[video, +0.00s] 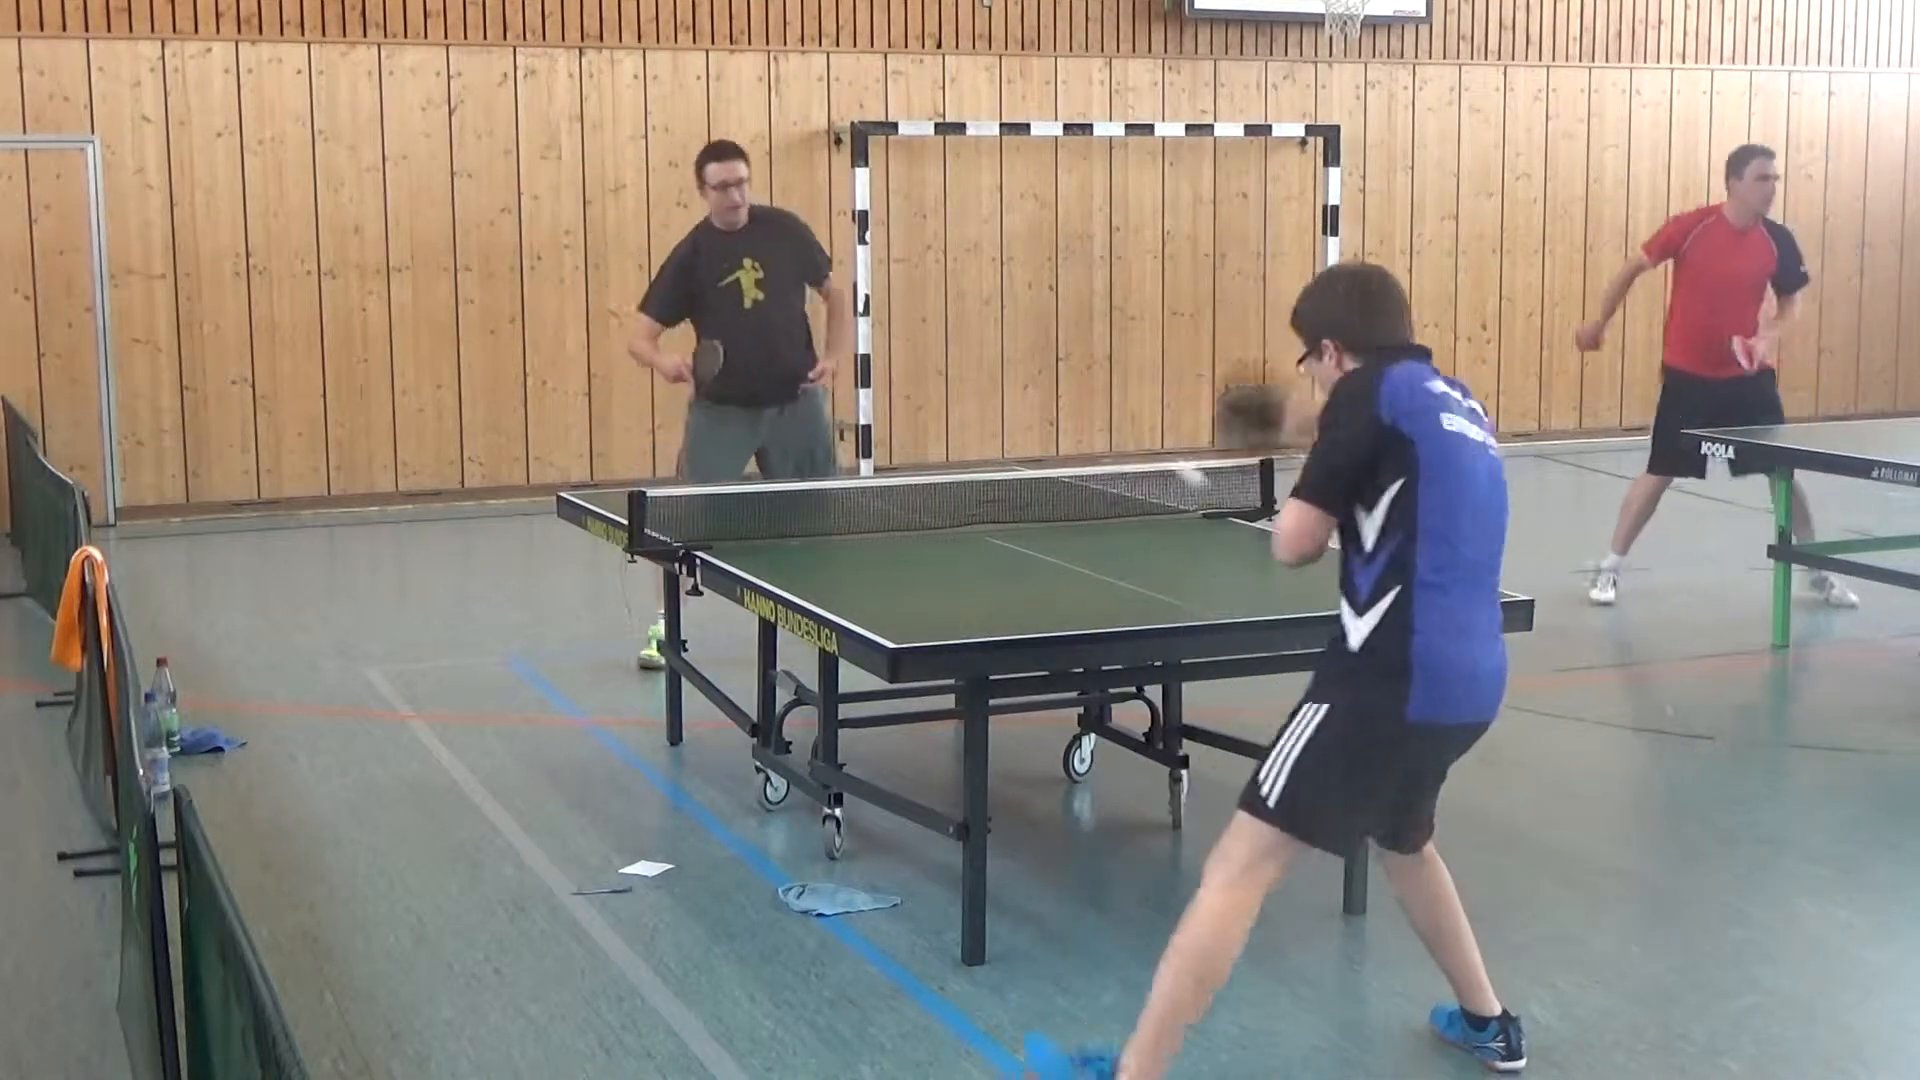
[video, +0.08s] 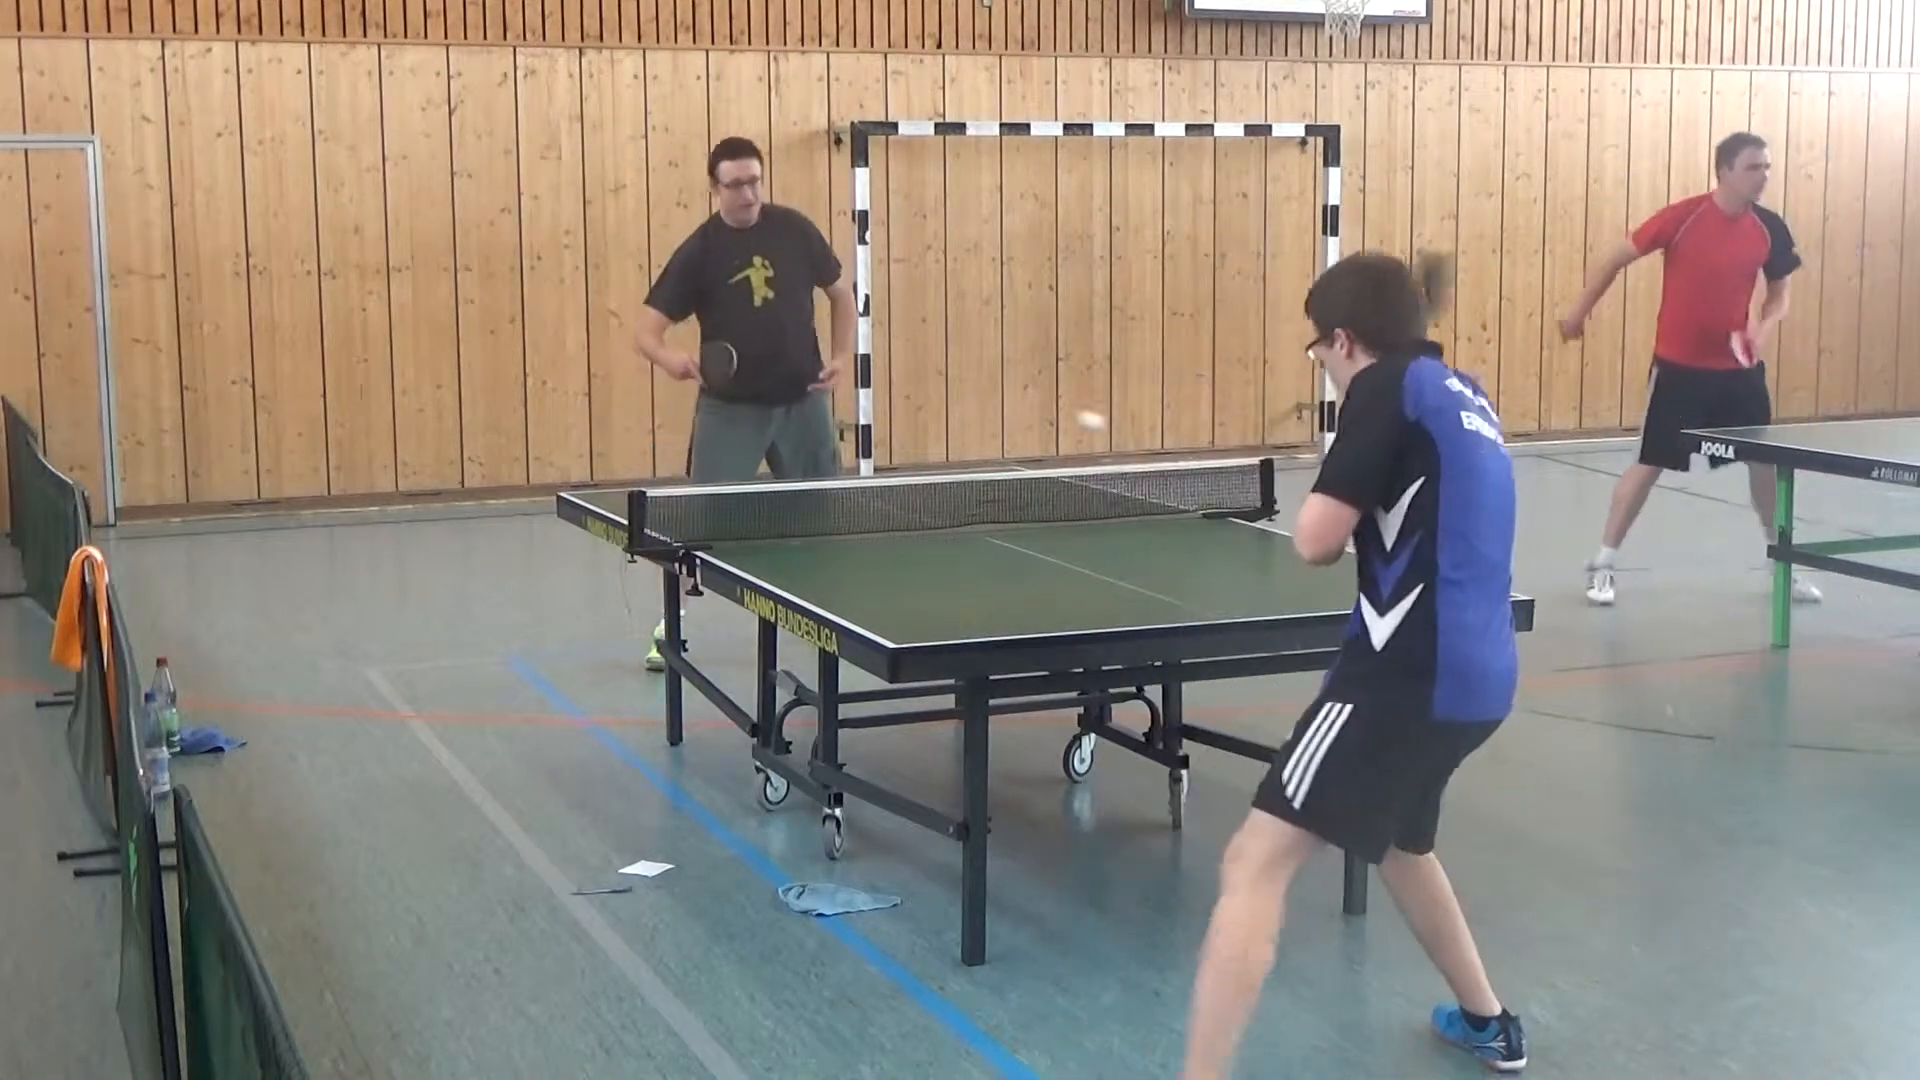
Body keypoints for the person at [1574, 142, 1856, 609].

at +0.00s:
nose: (1773, 188)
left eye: (1776, 180)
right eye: (1764, 179)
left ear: (1771, 185)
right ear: (1734, 183)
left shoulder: (1777, 241)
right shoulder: (1688, 227)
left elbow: (1790, 301)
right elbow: (1633, 268)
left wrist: (1771, 335)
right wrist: (1599, 323)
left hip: (1750, 380)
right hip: (1689, 380)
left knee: (1783, 474)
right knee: (1659, 473)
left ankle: (1817, 570)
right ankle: (1610, 567)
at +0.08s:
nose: (1764, 176)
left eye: (1766, 168)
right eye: (1754, 168)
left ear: (1765, 173)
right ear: (1724, 171)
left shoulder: (1769, 229)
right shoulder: (1681, 218)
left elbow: (1778, 294)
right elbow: (1617, 258)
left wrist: (1762, 327)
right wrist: (1579, 312)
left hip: (1741, 371)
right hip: (1679, 369)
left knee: (1765, 461)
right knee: (1651, 463)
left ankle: (1782, 562)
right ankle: (1603, 562)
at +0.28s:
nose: (1743, 187)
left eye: (1745, 180)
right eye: (1733, 180)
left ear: (1745, 183)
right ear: (1704, 183)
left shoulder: (1748, 240)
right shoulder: (1667, 231)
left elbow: (1754, 311)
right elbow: (1602, 276)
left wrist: (1742, 353)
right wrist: (1555, 328)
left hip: (1723, 383)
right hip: (1666, 381)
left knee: (1745, 471)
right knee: (1629, 477)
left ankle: (1728, 563)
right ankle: (1557, 560)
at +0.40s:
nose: (1739, 207)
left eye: (1741, 199)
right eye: (1731, 198)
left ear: (1731, 203)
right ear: (1701, 198)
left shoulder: (1719, 261)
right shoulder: (1662, 243)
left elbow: (1709, 328)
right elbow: (1604, 291)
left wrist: (1749, 369)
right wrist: (1566, 348)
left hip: (1703, 395)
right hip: (1651, 393)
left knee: (1738, 482)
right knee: (1622, 491)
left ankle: (1726, 565)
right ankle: (1545, 567)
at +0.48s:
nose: (1742, 207)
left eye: (1744, 199)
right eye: (1735, 197)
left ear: (1722, 203)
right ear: (1706, 196)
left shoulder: (1714, 260)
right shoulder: (1664, 235)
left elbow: (1719, 325)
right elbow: (1609, 280)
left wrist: (1785, 354)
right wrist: (1566, 342)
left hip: (1692, 391)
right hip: (1641, 385)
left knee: (1727, 476)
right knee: (1614, 485)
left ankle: (1724, 564)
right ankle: (1542, 559)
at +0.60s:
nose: (1748, 193)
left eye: (1749, 186)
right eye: (1741, 184)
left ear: (1735, 192)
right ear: (1711, 185)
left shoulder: (1735, 255)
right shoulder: (1672, 218)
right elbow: (1608, 259)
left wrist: (1845, 353)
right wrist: (1562, 315)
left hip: (1686, 374)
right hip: (1634, 365)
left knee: (1709, 463)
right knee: (1602, 465)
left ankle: (1704, 563)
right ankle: (1528, 562)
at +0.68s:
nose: (1749, 184)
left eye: (1750, 177)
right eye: (1740, 175)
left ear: (1743, 187)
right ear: (1710, 180)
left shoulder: (1744, 250)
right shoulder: (1667, 217)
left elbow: (1796, 303)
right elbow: (1600, 256)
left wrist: (1844, 354)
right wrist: (1556, 301)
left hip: (1685, 368)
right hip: (1633, 359)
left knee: (1707, 464)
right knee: (1603, 459)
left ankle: (1705, 564)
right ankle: (1531, 551)